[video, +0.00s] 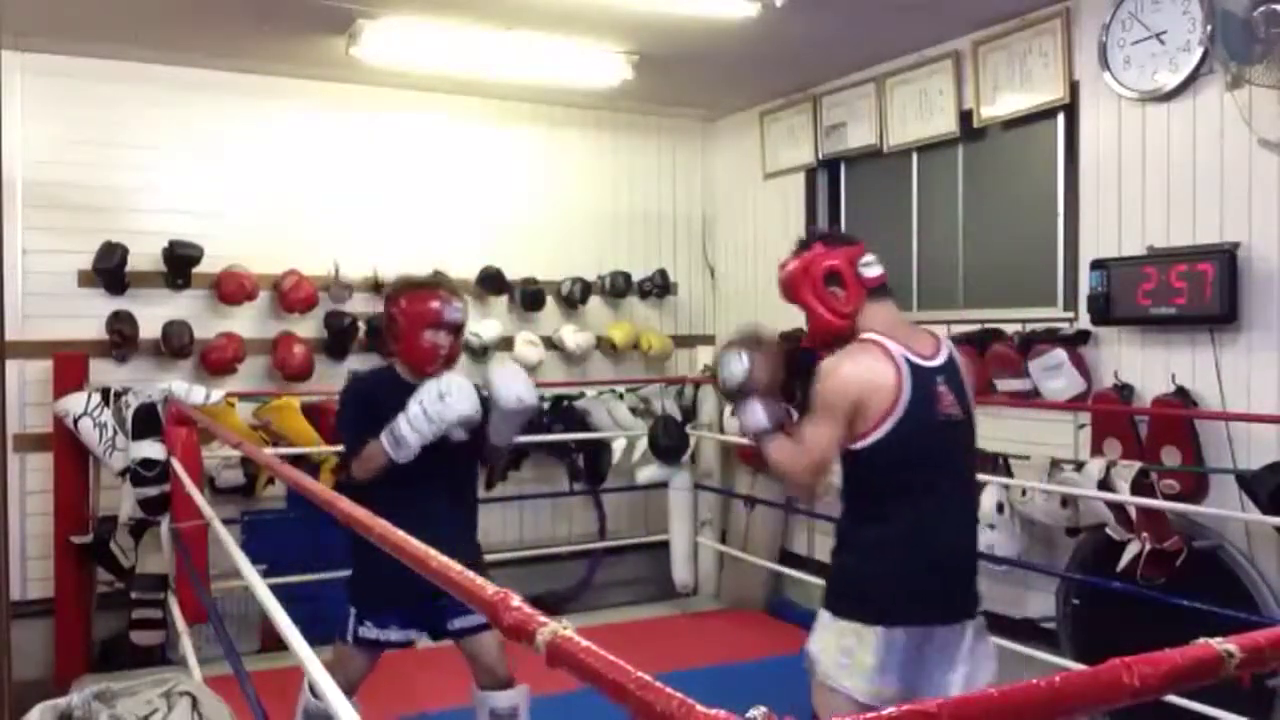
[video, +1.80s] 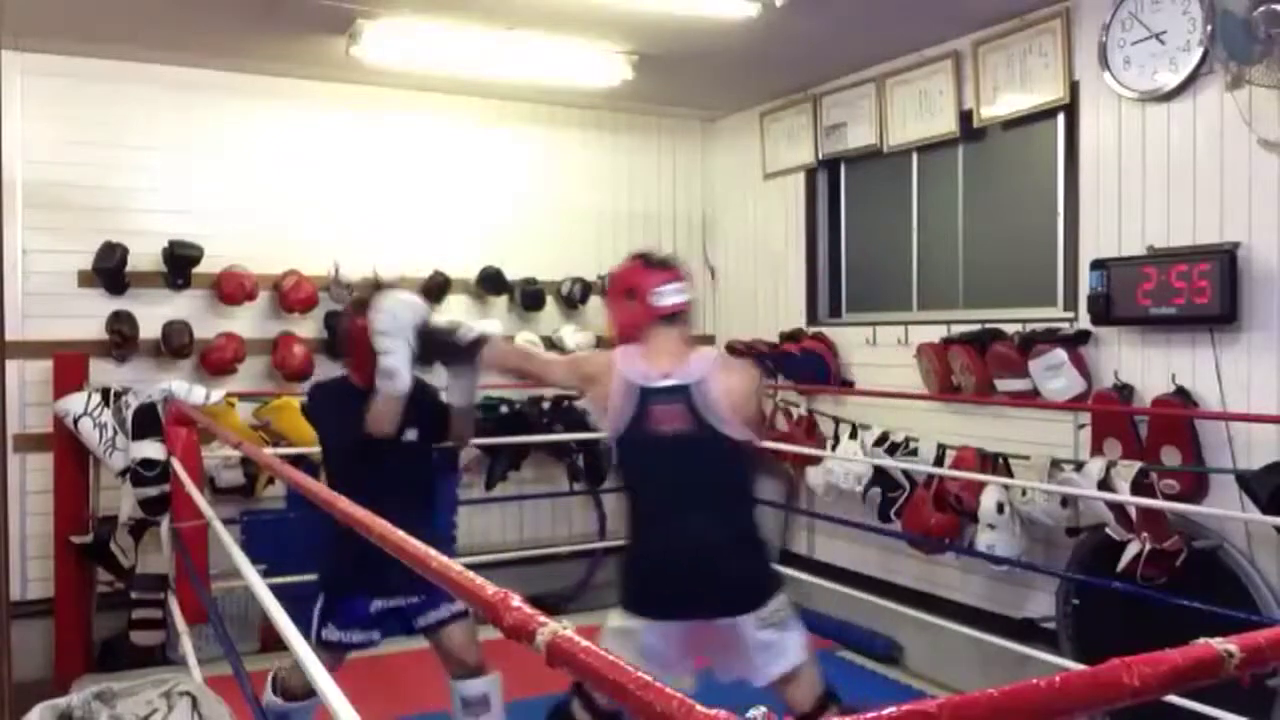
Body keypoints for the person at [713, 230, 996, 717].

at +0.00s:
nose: (807, 320)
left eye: (807, 305)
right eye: (802, 307)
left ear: (836, 292)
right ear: (868, 280)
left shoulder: (850, 370)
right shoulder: (946, 352)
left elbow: (800, 469)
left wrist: (756, 406)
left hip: (873, 602)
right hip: (953, 593)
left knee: (840, 707)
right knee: (943, 715)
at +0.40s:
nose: (811, 323)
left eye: (813, 308)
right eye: (808, 308)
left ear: (849, 297)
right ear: (873, 293)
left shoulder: (841, 369)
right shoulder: (943, 363)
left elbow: (789, 472)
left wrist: (742, 415)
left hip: (845, 591)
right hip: (920, 590)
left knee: (762, 704)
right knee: (890, 711)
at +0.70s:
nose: (780, 323)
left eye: (782, 307)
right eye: (775, 309)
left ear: (817, 297)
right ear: (831, 291)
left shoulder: (852, 371)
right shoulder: (892, 359)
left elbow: (773, 456)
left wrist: (743, 382)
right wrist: (770, 392)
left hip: (828, 584)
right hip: (888, 582)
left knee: (735, 708)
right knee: (876, 709)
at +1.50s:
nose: (752, 337)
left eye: (753, 324)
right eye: (748, 326)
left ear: (787, 313)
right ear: (801, 309)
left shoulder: (820, 389)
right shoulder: (855, 375)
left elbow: (751, 481)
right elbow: (775, 460)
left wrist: (720, 402)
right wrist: (740, 395)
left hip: (794, 596)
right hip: (856, 596)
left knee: (684, 690)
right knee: (850, 710)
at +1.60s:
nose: (722, 332)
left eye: (725, 317)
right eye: (720, 318)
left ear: (755, 310)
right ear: (774, 305)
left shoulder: (777, 387)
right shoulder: (833, 373)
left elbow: (729, 489)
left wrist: (685, 444)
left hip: (757, 594)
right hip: (828, 592)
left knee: (642, 663)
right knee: (843, 711)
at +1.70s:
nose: (669, 314)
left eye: (674, 300)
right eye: (669, 300)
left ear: (701, 300)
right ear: (734, 299)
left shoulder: (690, 371)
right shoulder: (793, 368)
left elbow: (611, 433)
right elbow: (809, 431)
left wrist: (574, 395)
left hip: (707, 579)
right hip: (786, 575)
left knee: (622, 666)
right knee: (831, 700)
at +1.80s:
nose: (610, 316)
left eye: (613, 306)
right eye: (613, 305)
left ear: (626, 312)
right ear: (683, 306)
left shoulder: (604, 370)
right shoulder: (738, 374)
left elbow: (530, 362)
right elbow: (752, 434)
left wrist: (462, 343)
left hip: (654, 586)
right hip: (739, 580)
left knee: (604, 699)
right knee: (802, 689)